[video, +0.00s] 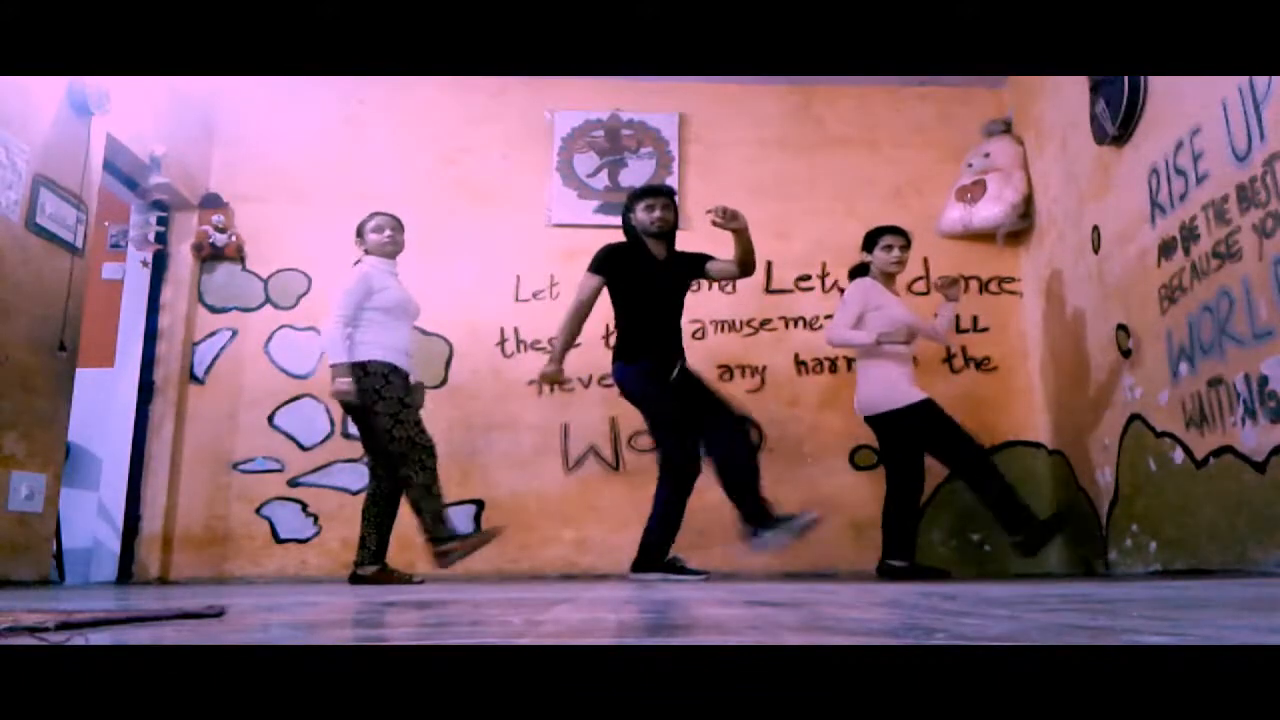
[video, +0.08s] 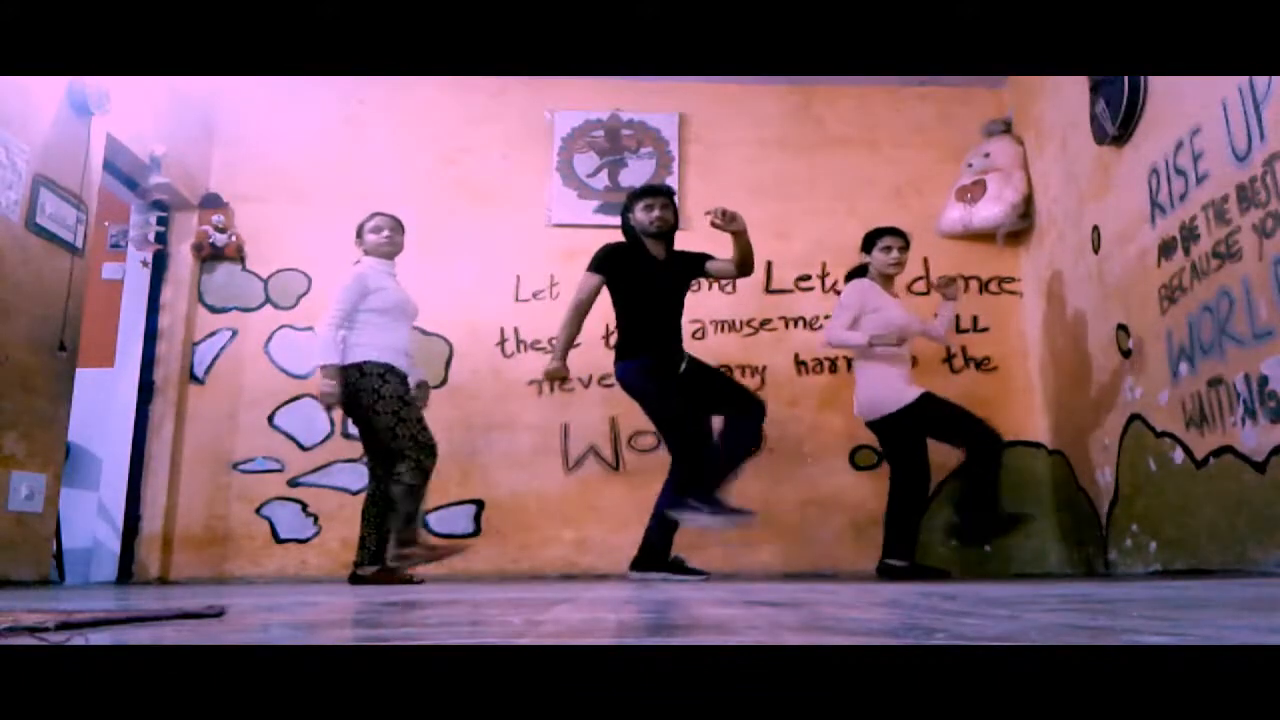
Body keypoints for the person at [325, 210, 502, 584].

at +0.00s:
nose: (388, 234)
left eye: (394, 229)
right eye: (377, 229)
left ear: (403, 241)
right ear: (362, 242)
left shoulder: (394, 283)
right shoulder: (363, 275)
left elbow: (400, 340)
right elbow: (338, 323)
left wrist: (413, 380)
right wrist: (341, 372)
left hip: (393, 378)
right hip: (371, 375)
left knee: (388, 472)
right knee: (417, 451)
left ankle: (369, 564)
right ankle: (443, 540)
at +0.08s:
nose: (386, 235)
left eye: (394, 230)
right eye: (376, 230)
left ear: (403, 242)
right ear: (360, 242)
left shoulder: (394, 285)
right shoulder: (362, 275)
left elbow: (398, 343)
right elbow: (331, 324)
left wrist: (416, 379)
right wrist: (329, 377)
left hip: (389, 379)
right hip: (366, 375)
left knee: (385, 470)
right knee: (419, 448)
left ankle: (371, 562)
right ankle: (406, 542)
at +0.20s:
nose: (381, 235)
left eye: (389, 231)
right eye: (371, 230)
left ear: (399, 244)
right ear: (356, 243)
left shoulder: (397, 294)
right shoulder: (353, 279)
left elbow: (401, 352)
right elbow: (313, 323)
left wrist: (436, 384)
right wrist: (312, 380)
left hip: (391, 382)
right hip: (362, 378)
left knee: (397, 462)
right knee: (393, 459)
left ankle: (370, 561)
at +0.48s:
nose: (363, 240)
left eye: (372, 237)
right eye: (355, 236)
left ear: (385, 250)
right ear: (341, 247)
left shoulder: (398, 298)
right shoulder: (325, 287)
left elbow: (410, 340)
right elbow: (295, 339)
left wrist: (421, 357)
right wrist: (280, 393)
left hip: (380, 394)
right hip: (332, 390)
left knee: (398, 473)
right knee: (348, 475)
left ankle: (371, 564)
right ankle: (320, 563)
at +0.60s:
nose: (348, 234)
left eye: (357, 230)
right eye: (341, 229)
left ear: (372, 244)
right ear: (327, 242)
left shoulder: (390, 286)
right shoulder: (309, 284)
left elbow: (418, 330)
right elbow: (277, 329)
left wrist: (435, 372)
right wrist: (243, 357)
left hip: (369, 388)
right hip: (314, 387)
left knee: (369, 476)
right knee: (319, 477)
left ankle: (369, 560)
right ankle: (321, 565)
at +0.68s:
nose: (341, 228)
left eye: (351, 224)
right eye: (334, 224)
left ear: (366, 239)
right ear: (321, 237)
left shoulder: (379, 280)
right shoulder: (301, 282)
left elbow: (414, 327)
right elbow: (267, 327)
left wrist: (442, 375)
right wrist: (221, 337)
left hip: (358, 380)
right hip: (305, 382)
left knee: (337, 458)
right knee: (312, 470)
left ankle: (358, 555)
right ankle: (330, 560)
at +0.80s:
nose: (330, 228)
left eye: (341, 226)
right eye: (324, 224)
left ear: (354, 241)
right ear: (310, 235)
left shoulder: (364, 280)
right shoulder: (284, 279)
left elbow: (402, 330)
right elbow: (242, 317)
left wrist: (435, 368)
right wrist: (203, 307)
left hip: (343, 377)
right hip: (300, 382)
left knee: (289, 455)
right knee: (332, 471)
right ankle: (379, 558)